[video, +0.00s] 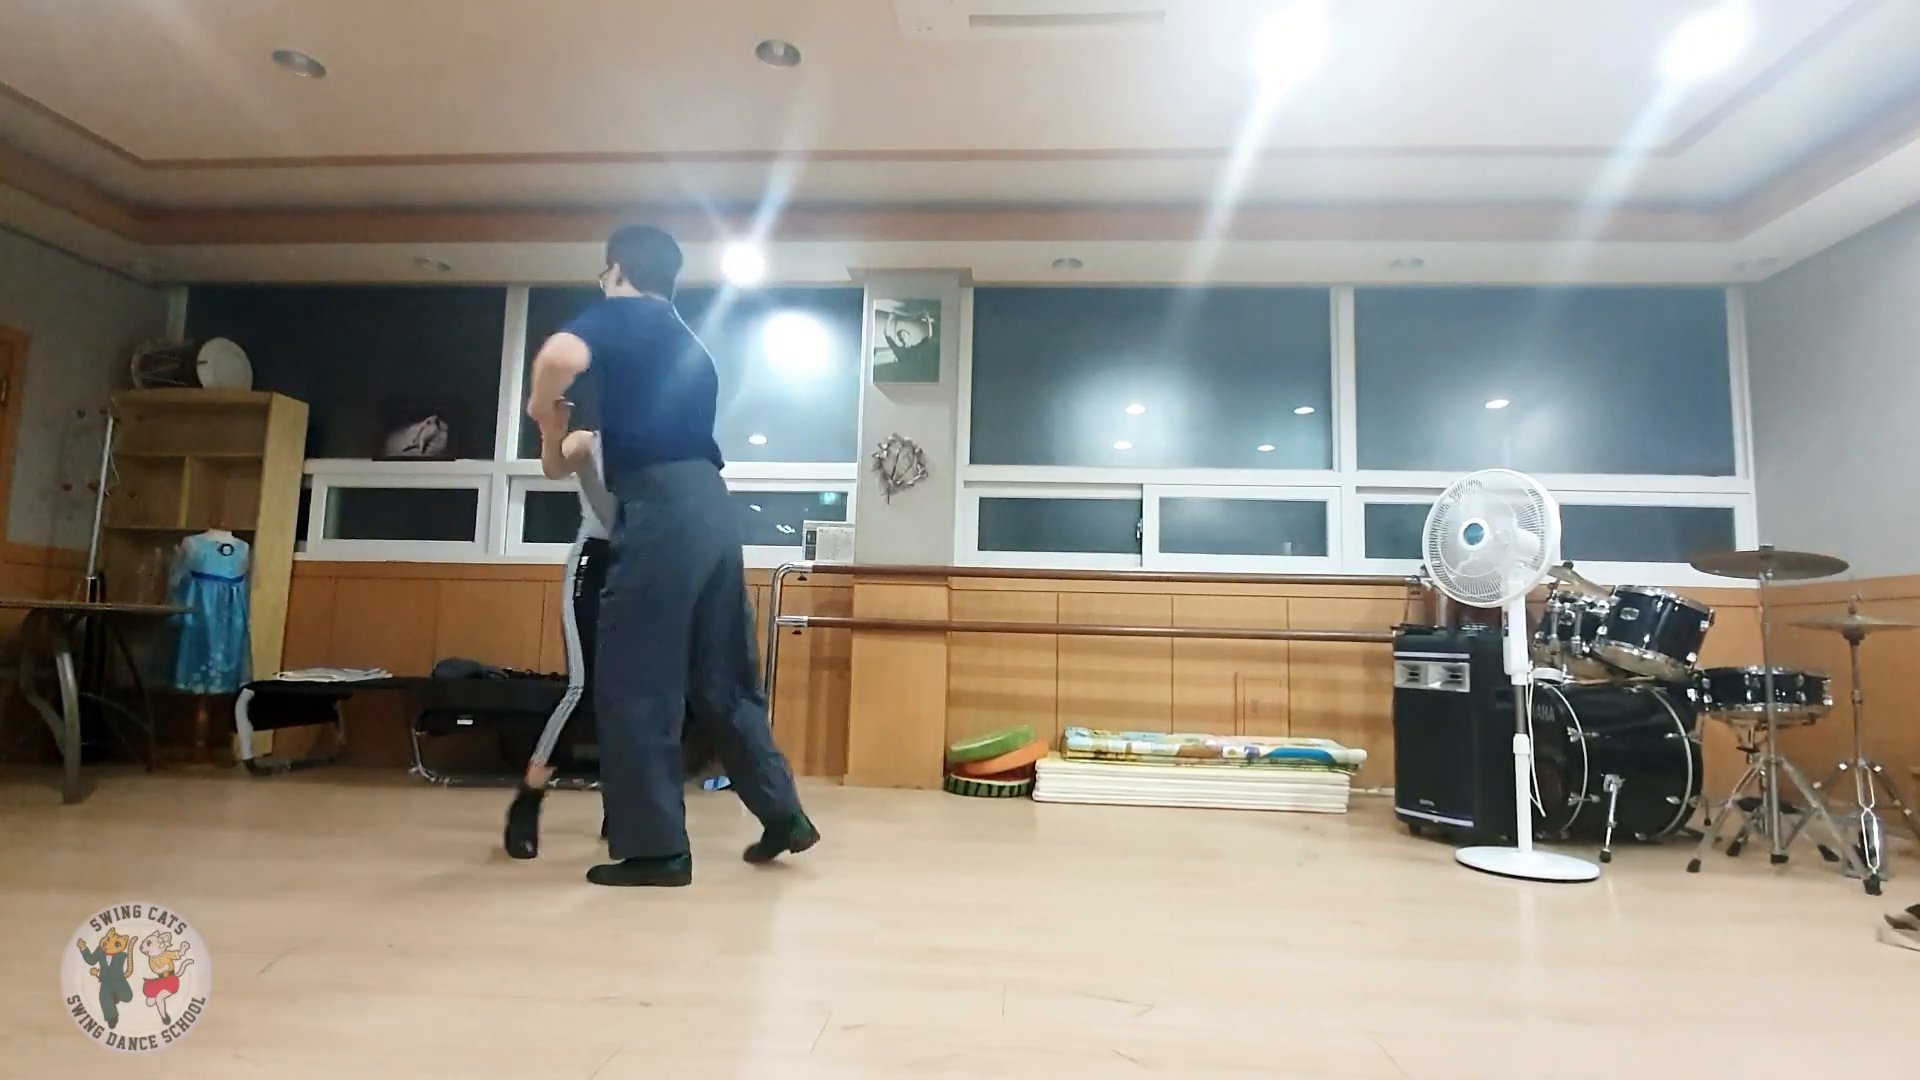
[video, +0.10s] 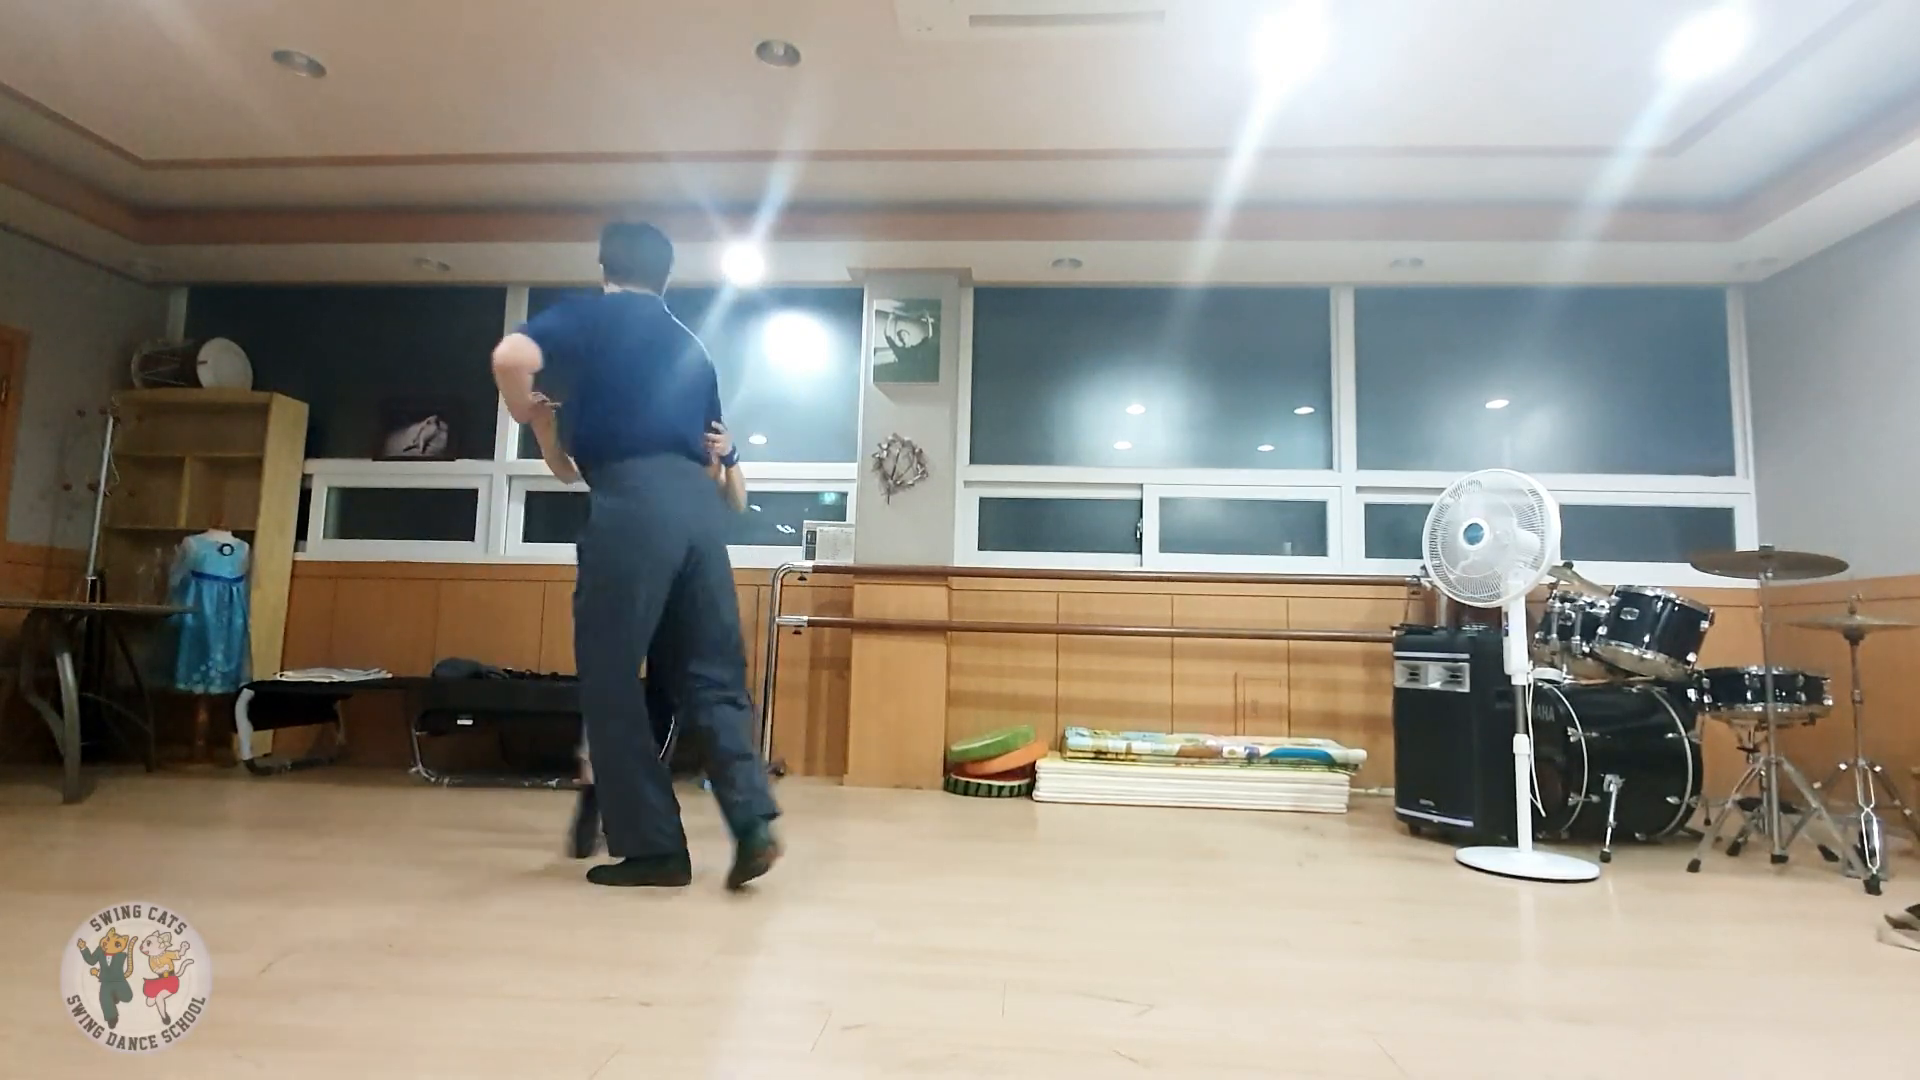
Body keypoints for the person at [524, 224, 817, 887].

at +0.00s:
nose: (601, 284)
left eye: (604, 274)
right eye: (605, 276)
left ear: (619, 273)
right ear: (668, 281)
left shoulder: (618, 315)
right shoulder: (688, 343)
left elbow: (555, 360)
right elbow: (657, 432)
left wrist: (549, 434)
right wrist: (580, 449)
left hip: (663, 508)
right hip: (713, 504)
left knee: (634, 682)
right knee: (723, 683)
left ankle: (654, 849)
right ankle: (784, 817)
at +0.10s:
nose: (607, 277)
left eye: (606, 267)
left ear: (605, 270)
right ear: (664, 275)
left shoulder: (584, 315)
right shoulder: (690, 346)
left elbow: (511, 358)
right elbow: (711, 446)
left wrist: (539, 429)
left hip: (630, 497)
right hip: (700, 498)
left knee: (610, 678)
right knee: (714, 678)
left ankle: (653, 850)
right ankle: (753, 821)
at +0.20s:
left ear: (596, 261)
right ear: (657, 272)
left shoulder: (560, 308)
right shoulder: (688, 342)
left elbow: (475, 359)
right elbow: (721, 447)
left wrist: (513, 415)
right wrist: (731, 472)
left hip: (602, 495)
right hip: (681, 500)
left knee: (599, 680)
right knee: (676, 679)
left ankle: (639, 845)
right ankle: (661, 824)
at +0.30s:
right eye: (645, 262)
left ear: (585, 260)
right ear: (648, 268)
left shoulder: (543, 309)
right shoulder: (680, 336)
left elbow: (449, 362)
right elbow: (720, 436)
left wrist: (508, 419)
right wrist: (753, 481)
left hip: (573, 489)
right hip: (656, 493)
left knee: (582, 674)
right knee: (639, 667)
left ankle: (631, 846)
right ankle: (561, 843)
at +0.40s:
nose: (646, 282)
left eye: (640, 274)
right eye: (646, 273)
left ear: (576, 263)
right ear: (637, 273)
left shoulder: (525, 308)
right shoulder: (667, 331)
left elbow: (434, 375)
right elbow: (719, 423)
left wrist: (501, 426)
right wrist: (676, 460)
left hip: (549, 486)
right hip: (635, 491)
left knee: (556, 676)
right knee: (608, 678)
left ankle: (603, 844)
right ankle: (542, 861)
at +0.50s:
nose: (640, 287)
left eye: (639, 280)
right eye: (640, 278)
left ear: (569, 267)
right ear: (626, 274)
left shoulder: (514, 315)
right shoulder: (647, 327)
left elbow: (431, 389)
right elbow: (706, 409)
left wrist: (504, 433)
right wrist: (745, 435)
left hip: (534, 486)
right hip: (617, 486)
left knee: (546, 662)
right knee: (603, 673)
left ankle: (588, 830)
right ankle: (542, 865)